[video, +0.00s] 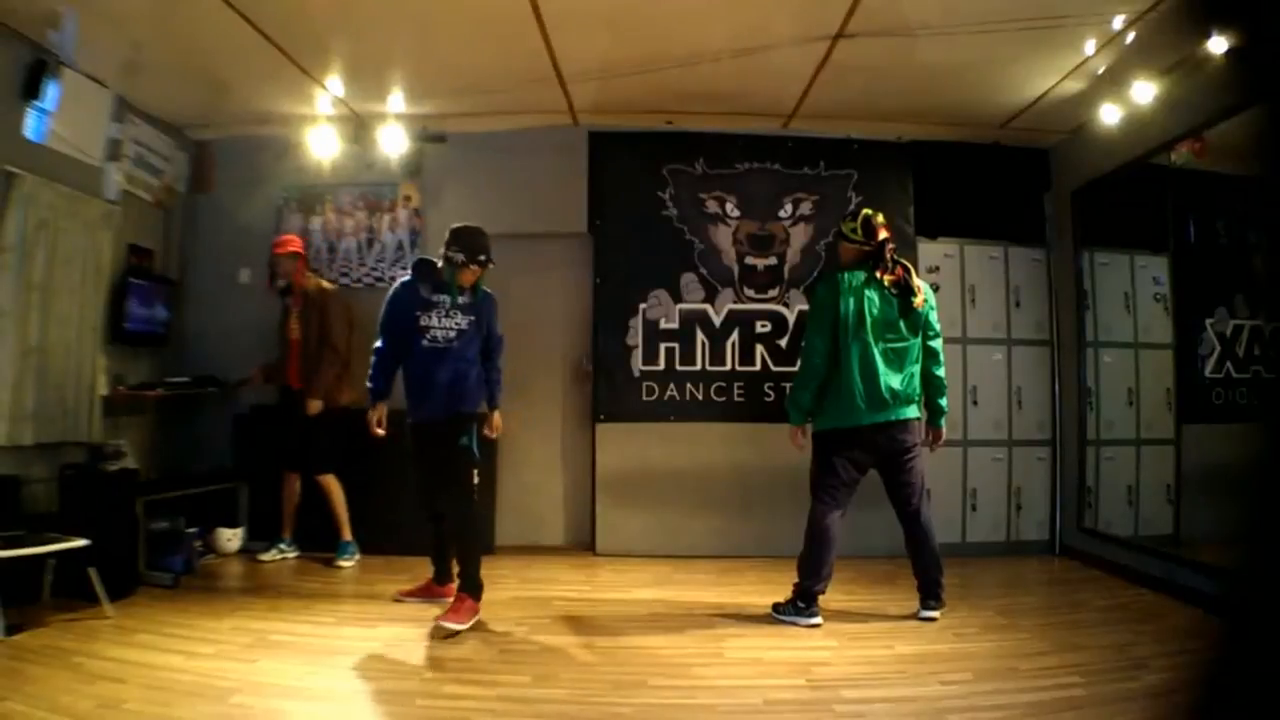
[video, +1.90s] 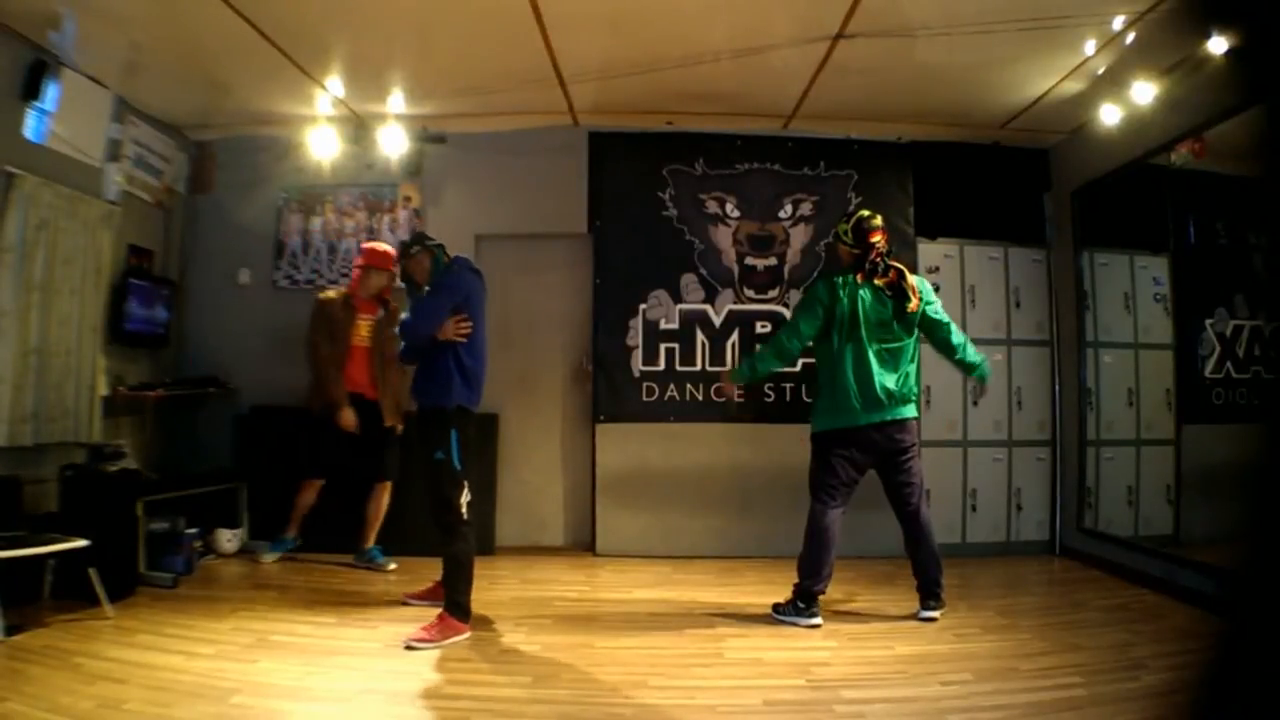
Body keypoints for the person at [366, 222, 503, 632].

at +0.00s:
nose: (474, 275)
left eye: (478, 268)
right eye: (468, 267)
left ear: (482, 266)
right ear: (450, 261)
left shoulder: (482, 300)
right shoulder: (409, 292)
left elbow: (491, 354)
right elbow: (386, 345)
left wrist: (493, 405)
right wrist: (379, 397)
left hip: (466, 410)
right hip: (424, 409)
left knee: (463, 500)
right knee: (431, 496)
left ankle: (470, 593)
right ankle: (441, 577)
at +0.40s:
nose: (424, 269)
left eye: (430, 261)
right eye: (420, 262)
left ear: (450, 254)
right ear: (417, 258)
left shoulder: (485, 293)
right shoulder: (417, 290)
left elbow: (511, 344)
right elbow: (401, 344)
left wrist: (520, 397)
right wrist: (377, 391)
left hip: (463, 415)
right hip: (425, 414)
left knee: (467, 506)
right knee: (424, 495)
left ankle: (469, 603)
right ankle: (437, 575)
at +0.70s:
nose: (396, 269)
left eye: (398, 259)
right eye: (392, 261)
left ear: (417, 250)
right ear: (403, 255)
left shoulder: (460, 282)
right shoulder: (415, 284)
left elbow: (480, 335)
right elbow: (421, 340)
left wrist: (471, 379)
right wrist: (416, 388)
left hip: (455, 410)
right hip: (425, 408)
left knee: (462, 502)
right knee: (424, 494)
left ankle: (468, 603)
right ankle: (438, 581)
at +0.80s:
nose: (392, 268)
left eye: (394, 258)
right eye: (388, 261)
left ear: (413, 248)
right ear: (397, 255)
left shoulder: (455, 280)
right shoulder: (408, 283)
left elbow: (458, 342)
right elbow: (413, 340)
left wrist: (437, 389)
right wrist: (411, 390)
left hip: (450, 407)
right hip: (420, 404)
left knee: (453, 503)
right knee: (423, 495)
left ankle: (465, 601)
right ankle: (437, 581)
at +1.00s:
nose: (388, 273)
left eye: (389, 264)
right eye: (383, 266)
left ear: (407, 252)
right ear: (389, 263)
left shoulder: (450, 285)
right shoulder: (404, 293)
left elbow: (449, 351)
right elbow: (386, 351)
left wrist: (393, 351)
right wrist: (365, 404)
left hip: (449, 406)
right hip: (419, 406)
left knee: (435, 493)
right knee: (419, 491)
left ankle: (459, 587)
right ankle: (438, 582)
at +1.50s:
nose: (407, 273)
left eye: (408, 263)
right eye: (403, 267)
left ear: (427, 248)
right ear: (412, 258)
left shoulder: (460, 272)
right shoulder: (430, 279)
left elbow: (414, 311)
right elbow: (389, 329)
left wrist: (392, 311)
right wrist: (387, 353)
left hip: (451, 403)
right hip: (431, 402)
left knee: (453, 505)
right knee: (438, 499)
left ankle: (459, 614)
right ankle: (445, 581)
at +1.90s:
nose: (410, 277)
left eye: (412, 267)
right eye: (406, 271)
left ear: (427, 255)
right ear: (419, 262)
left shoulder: (459, 275)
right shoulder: (436, 288)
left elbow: (421, 328)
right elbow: (407, 348)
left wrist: (409, 325)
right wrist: (435, 334)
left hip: (454, 405)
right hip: (435, 405)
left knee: (454, 507)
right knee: (440, 500)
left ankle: (457, 614)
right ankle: (448, 584)